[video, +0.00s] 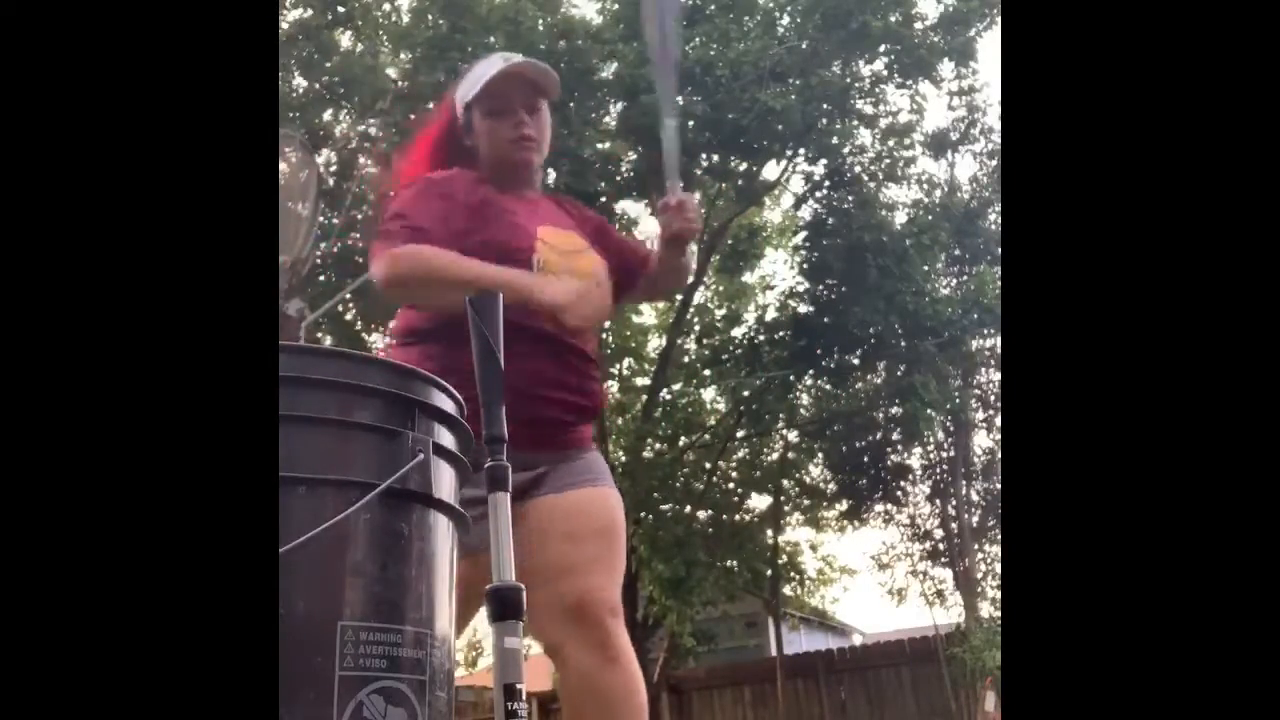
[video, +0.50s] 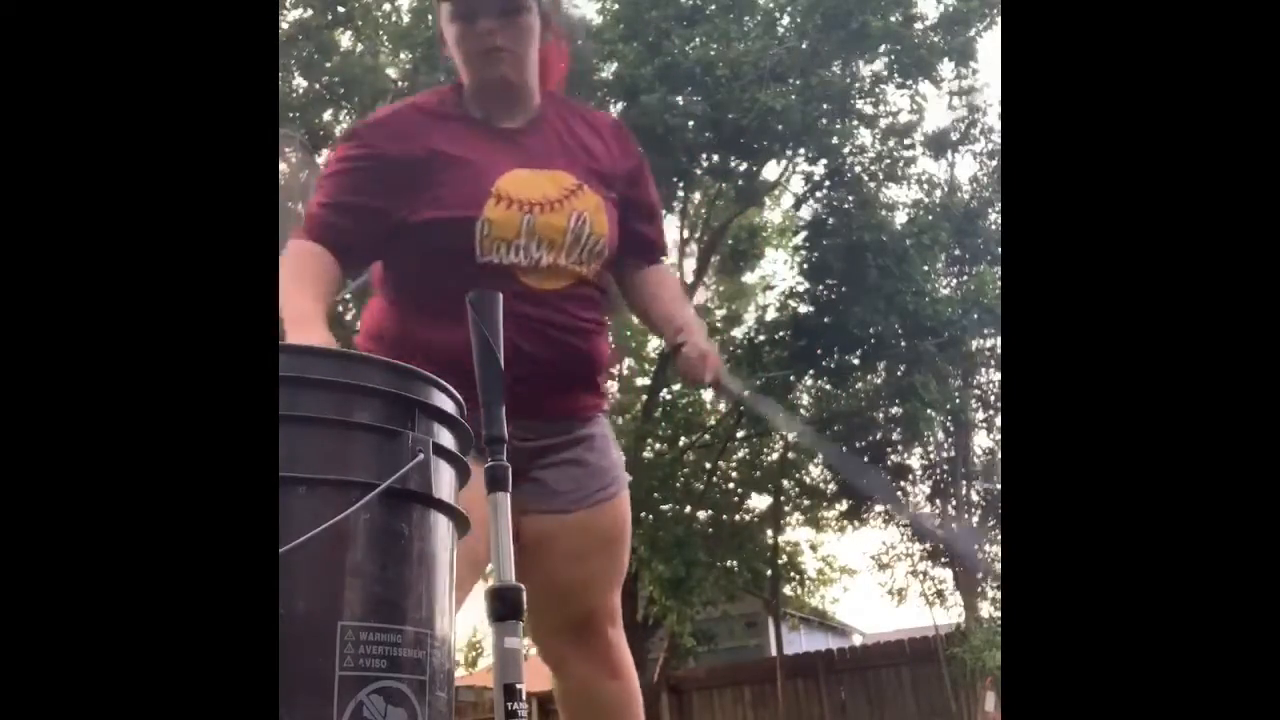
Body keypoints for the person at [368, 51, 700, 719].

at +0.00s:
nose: (525, 122)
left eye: (536, 110)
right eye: (503, 110)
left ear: (551, 126)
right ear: (468, 128)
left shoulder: (575, 217)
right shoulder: (440, 192)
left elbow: (657, 282)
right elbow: (393, 269)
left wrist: (676, 242)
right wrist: (538, 286)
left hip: (559, 450)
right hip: (442, 449)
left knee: (595, 630)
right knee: (404, 643)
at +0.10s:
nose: (545, 108)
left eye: (557, 93)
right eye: (523, 95)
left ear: (575, 109)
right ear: (490, 112)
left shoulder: (609, 206)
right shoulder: (452, 186)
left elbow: (675, 305)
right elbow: (367, 260)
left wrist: (695, 254)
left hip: (575, 448)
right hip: (455, 448)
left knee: (599, 632)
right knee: (421, 644)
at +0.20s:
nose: (551, 87)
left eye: (565, 71)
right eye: (529, 75)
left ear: (588, 87)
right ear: (501, 92)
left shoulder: (632, 192)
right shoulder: (458, 169)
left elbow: (664, 307)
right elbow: (372, 250)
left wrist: (708, 267)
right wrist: (364, 307)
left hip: (583, 440)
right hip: (456, 435)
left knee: (604, 633)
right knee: (429, 631)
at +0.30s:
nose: (542, 67)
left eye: (558, 51)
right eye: (521, 55)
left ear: (585, 65)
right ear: (495, 71)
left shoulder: (638, 174)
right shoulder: (450, 152)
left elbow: (662, 292)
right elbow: (374, 247)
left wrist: (709, 285)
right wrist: (350, 312)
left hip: (586, 431)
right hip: (453, 424)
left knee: (605, 633)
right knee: (410, 623)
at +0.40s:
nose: (522, 48)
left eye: (539, 30)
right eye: (500, 32)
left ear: (569, 41)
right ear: (474, 46)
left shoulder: (628, 155)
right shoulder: (427, 146)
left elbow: (661, 270)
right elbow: (351, 250)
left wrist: (713, 312)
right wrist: (337, 330)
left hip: (579, 428)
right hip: (445, 424)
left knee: (602, 639)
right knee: (398, 627)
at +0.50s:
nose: (491, 29)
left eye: (509, 11)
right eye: (470, 15)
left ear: (541, 21)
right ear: (445, 32)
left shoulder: (605, 142)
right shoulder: (396, 138)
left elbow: (642, 261)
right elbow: (311, 256)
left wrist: (687, 328)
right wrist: (315, 356)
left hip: (568, 432)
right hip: (433, 432)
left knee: (593, 639)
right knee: (397, 633)